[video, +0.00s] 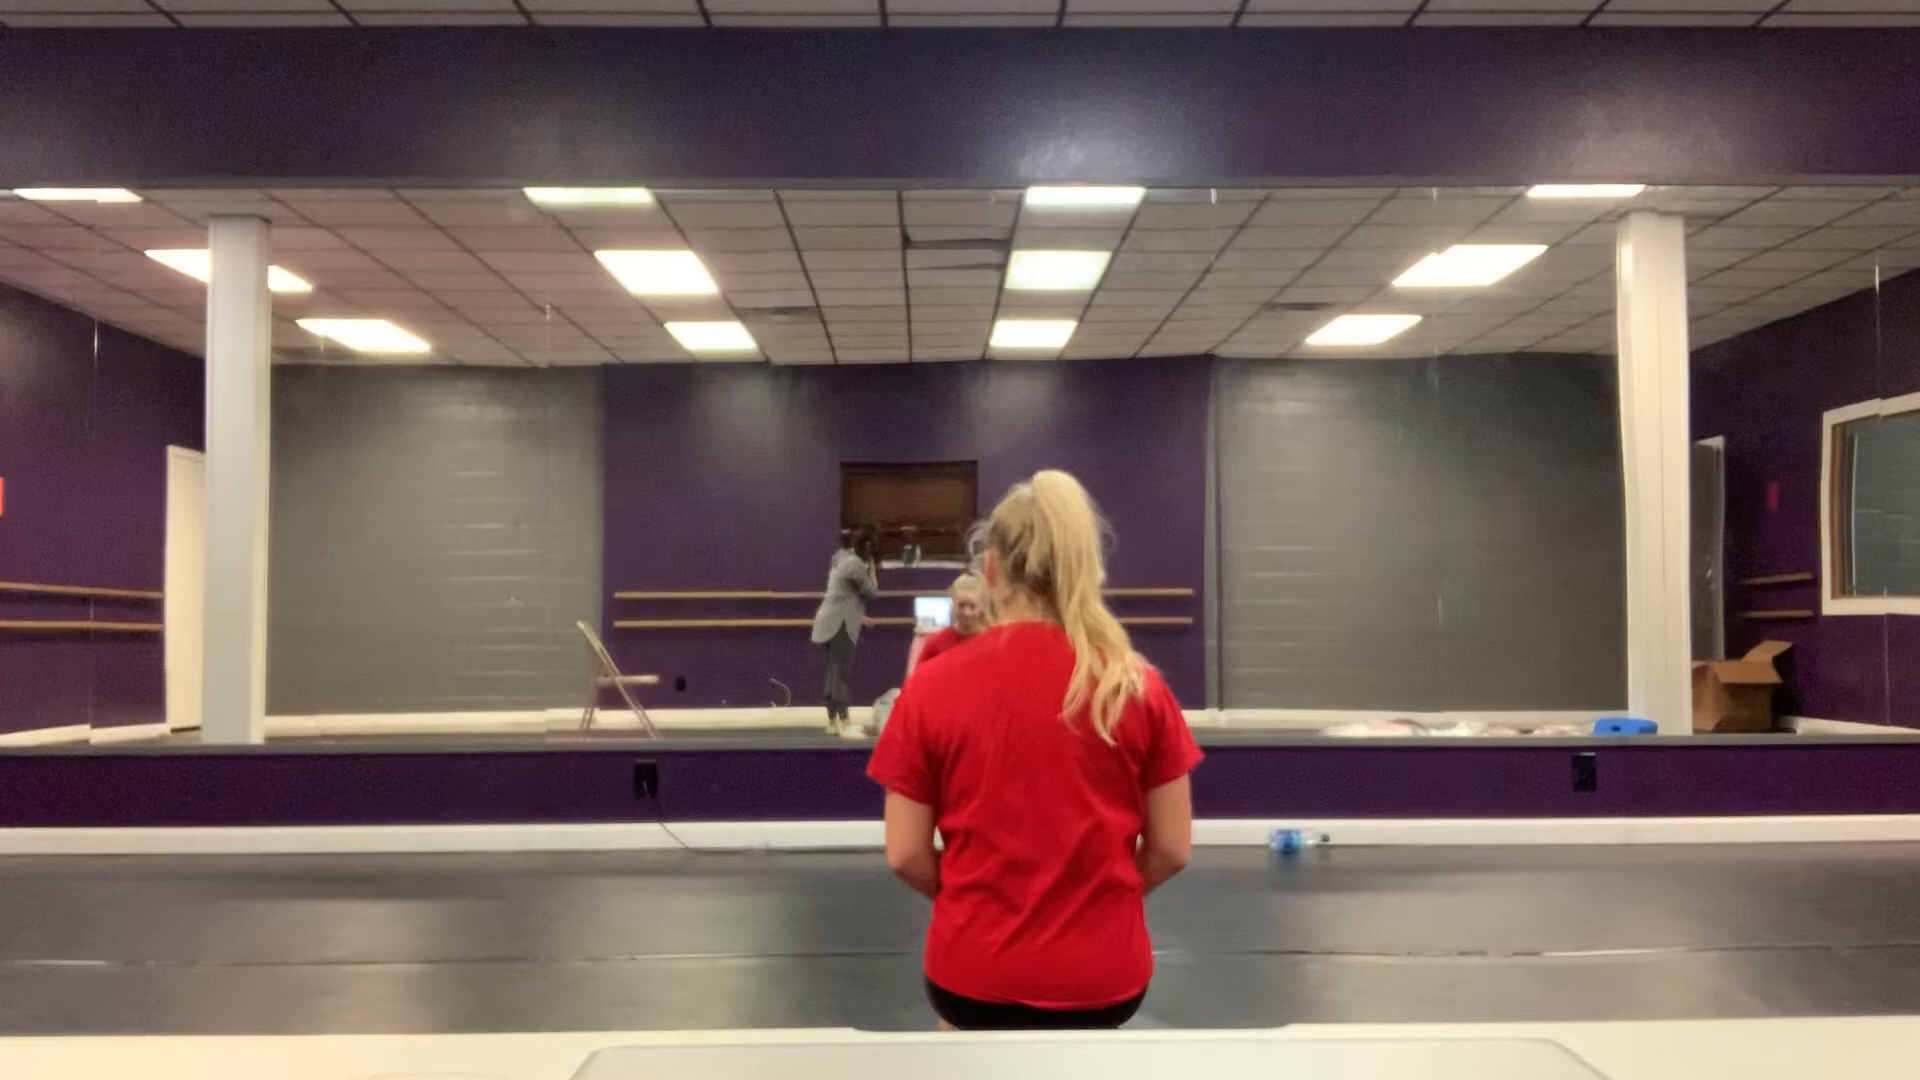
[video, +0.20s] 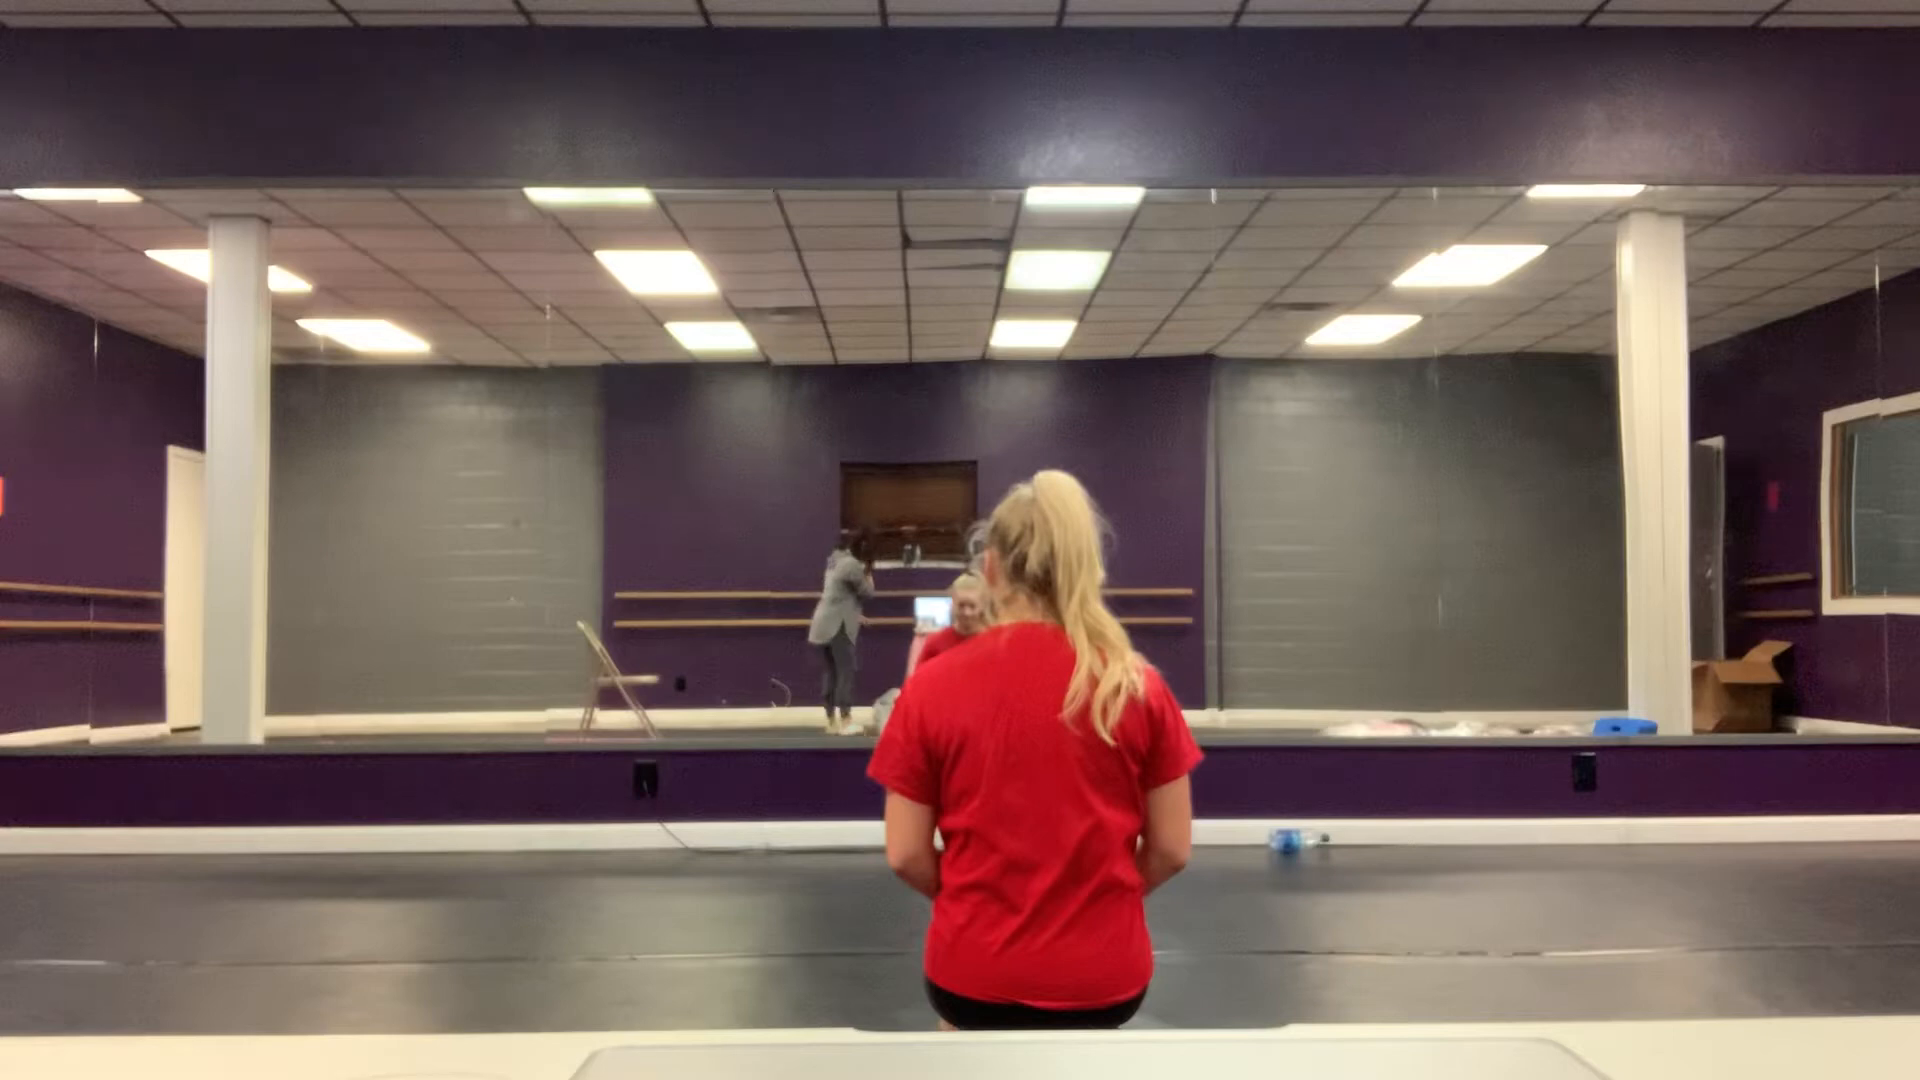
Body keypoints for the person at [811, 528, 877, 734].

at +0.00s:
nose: (873, 550)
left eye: (872, 547)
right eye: (872, 547)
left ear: (854, 544)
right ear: (867, 547)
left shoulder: (841, 560)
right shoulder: (855, 564)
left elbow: (843, 597)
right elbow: (872, 591)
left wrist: (860, 617)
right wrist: (872, 568)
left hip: (829, 620)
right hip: (842, 623)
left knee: (832, 669)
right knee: (841, 670)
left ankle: (832, 721)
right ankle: (844, 721)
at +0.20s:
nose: (869, 549)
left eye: (868, 545)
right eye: (867, 545)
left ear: (846, 543)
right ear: (860, 546)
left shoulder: (835, 560)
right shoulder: (851, 565)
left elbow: (839, 597)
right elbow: (868, 591)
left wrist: (857, 616)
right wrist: (868, 573)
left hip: (823, 625)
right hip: (838, 626)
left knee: (831, 671)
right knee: (846, 670)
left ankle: (831, 720)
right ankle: (845, 720)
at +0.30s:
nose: (866, 548)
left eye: (866, 544)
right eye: (865, 544)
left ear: (843, 542)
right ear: (858, 546)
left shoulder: (832, 560)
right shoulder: (851, 565)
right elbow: (866, 591)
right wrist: (867, 576)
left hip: (821, 625)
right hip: (841, 625)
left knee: (831, 669)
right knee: (849, 669)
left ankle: (831, 719)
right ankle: (844, 719)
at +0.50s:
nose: (866, 548)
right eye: (864, 544)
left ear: (840, 541)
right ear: (858, 545)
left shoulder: (830, 560)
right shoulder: (855, 563)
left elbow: (827, 588)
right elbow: (869, 590)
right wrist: (870, 576)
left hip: (823, 625)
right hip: (846, 625)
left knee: (832, 668)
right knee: (855, 668)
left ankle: (831, 719)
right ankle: (847, 715)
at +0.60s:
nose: (867, 547)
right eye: (865, 544)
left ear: (842, 541)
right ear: (860, 545)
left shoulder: (830, 561)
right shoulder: (859, 563)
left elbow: (821, 590)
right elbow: (873, 590)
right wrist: (872, 573)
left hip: (826, 623)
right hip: (851, 625)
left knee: (832, 669)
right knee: (859, 668)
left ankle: (831, 719)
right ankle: (856, 716)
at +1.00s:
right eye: (885, 545)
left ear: (861, 545)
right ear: (880, 547)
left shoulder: (847, 567)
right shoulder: (881, 565)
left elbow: (839, 597)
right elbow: (900, 578)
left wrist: (854, 601)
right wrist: (894, 555)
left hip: (850, 620)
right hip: (876, 620)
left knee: (849, 668)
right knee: (873, 670)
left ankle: (838, 703)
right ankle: (873, 713)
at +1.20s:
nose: (899, 546)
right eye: (898, 543)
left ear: (876, 542)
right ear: (893, 544)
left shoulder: (860, 564)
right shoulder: (894, 563)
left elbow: (849, 594)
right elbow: (913, 576)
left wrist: (850, 611)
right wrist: (903, 557)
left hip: (861, 615)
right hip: (885, 615)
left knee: (863, 662)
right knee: (881, 665)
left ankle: (858, 690)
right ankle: (876, 709)